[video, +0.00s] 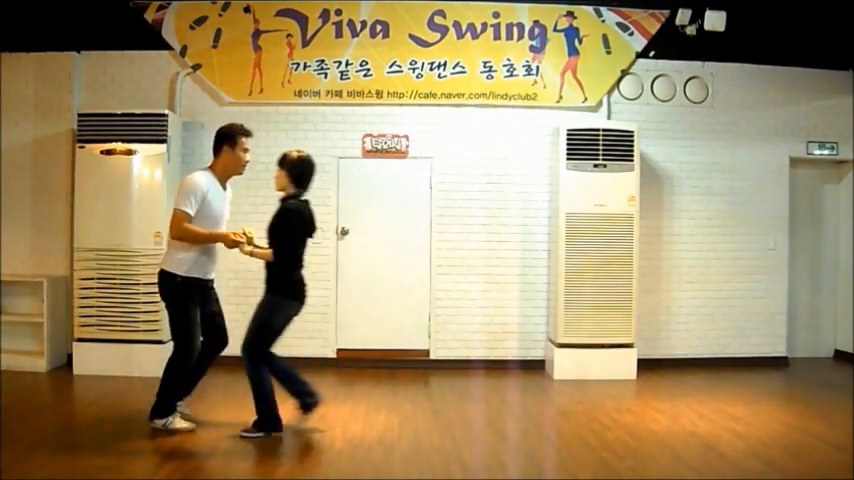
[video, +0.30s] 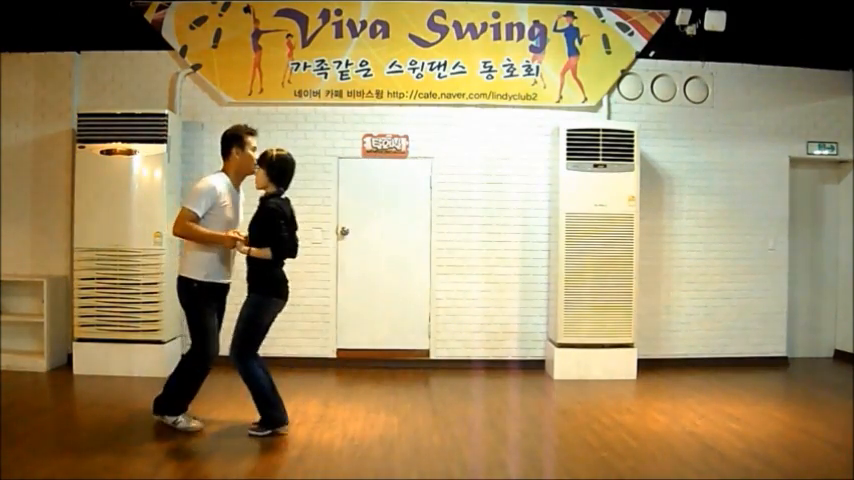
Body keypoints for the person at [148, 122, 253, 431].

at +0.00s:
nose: (247, 158)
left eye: (248, 152)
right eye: (243, 151)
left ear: (226, 153)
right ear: (224, 151)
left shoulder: (224, 189)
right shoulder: (196, 183)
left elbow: (207, 229)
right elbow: (177, 230)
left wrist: (232, 236)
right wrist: (222, 237)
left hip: (202, 280)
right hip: (178, 279)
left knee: (216, 340)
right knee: (188, 346)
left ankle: (172, 400)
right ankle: (161, 414)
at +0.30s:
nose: (256, 157)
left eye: (256, 150)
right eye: (252, 150)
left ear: (238, 154)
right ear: (233, 153)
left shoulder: (233, 191)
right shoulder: (210, 185)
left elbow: (213, 229)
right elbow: (180, 226)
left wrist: (236, 238)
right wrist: (223, 238)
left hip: (217, 283)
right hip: (196, 283)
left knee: (205, 350)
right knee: (206, 350)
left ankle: (172, 405)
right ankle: (169, 408)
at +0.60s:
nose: (262, 146)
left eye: (261, 140)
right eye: (256, 140)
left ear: (245, 147)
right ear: (238, 146)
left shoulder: (242, 184)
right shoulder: (222, 179)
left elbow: (230, 231)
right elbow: (212, 227)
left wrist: (264, 241)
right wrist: (257, 240)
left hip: (226, 277)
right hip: (204, 275)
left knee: (256, 330)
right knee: (197, 347)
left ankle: (244, 405)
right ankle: (172, 412)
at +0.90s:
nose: (265, 140)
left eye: (263, 135)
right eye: (258, 135)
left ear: (252, 143)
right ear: (239, 142)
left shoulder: (261, 183)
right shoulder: (230, 181)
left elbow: (271, 228)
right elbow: (242, 233)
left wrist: (307, 237)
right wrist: (291, 233)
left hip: (261, 275)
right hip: (238, 277)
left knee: (277, 340)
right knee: (239, 346)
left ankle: (278, 412)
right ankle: (189, 398)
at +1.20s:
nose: (270, 143)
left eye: (269, 137)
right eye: (264, 137)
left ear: (263, 144)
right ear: (245, 144)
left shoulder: (273, 184)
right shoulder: (232, 185)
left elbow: (294, 228)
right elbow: (230, 236)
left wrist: (336, 233)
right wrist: (276, 233)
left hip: (277, 276)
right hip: (251, 279)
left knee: (297, 338)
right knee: (274, 345)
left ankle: (279, 411)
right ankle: (248, 416)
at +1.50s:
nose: (283, 153)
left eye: (283, 147)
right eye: (279, 146)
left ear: (265, 149)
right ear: (259, 146)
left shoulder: (279, 188)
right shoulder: (231, 185)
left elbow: (316, 223)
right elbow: (207, 230)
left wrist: (355, 224)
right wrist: (246, 243)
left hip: (282, 277)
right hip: (254, 280)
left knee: (304, 338)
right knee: (283, 342)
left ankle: (302, 412)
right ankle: (253, 409)